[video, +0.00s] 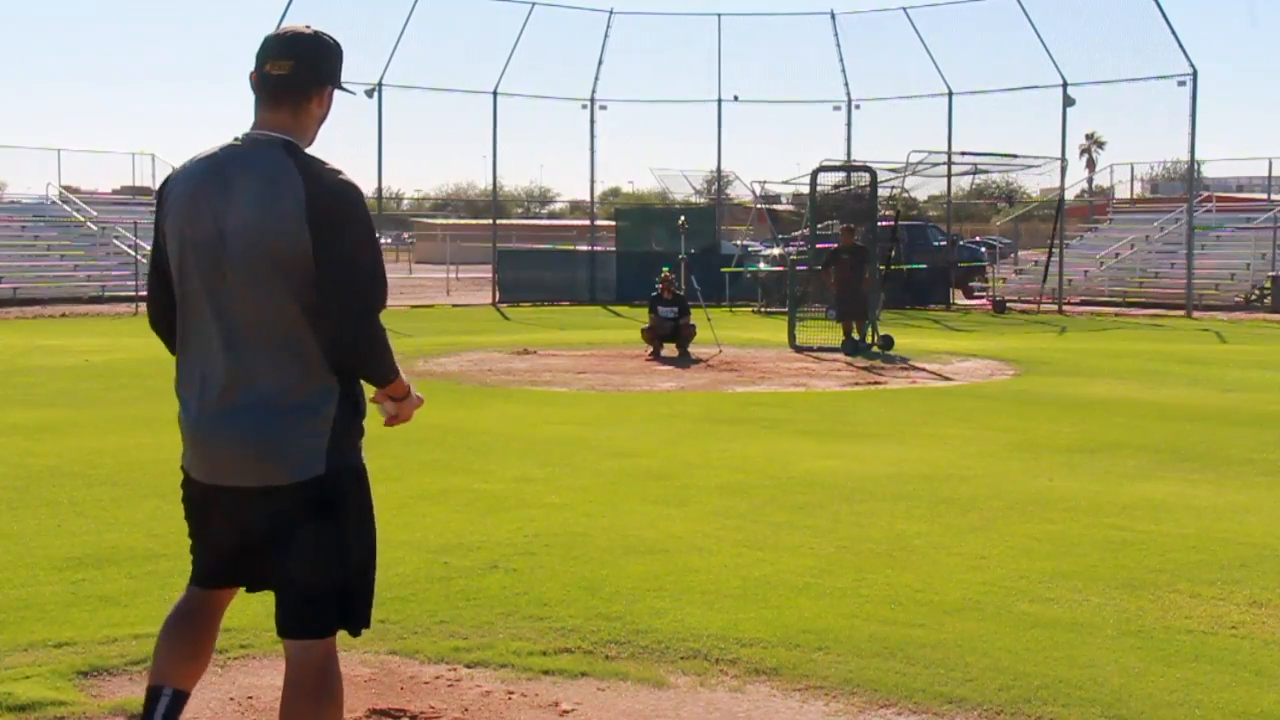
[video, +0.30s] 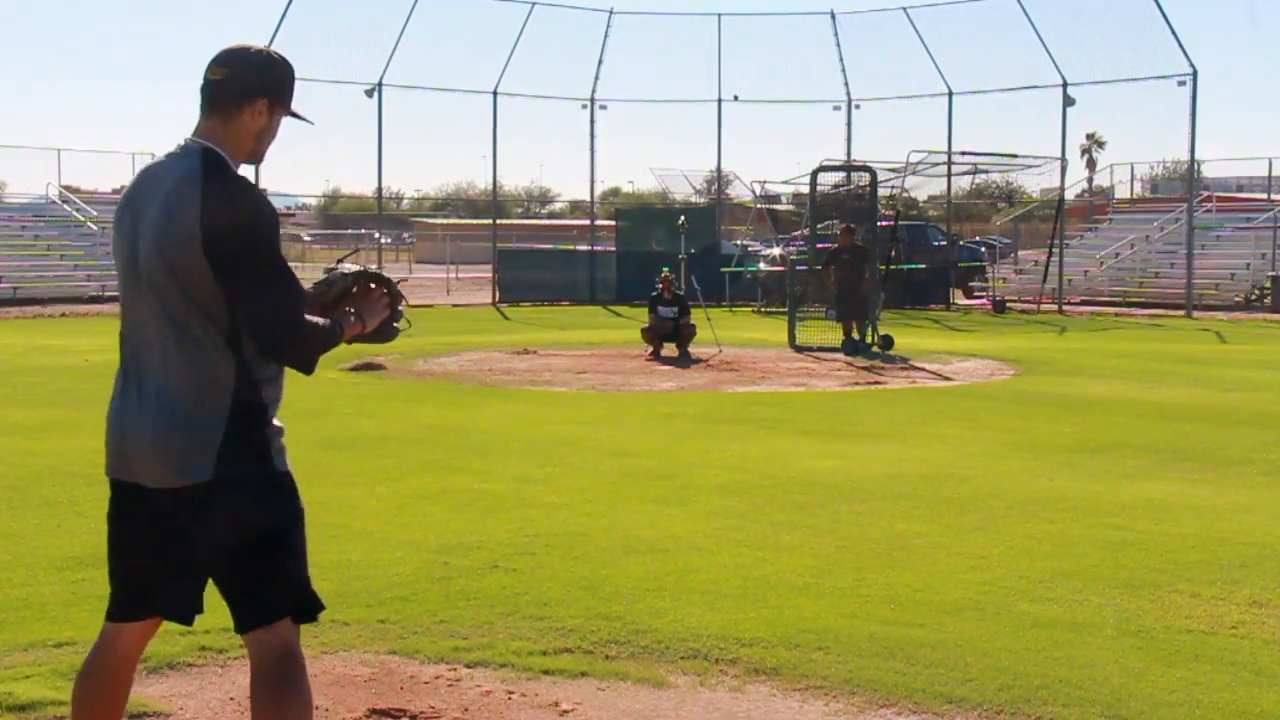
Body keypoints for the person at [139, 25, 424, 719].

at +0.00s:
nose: (329, 109)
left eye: (330, 98)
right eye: (331, 97)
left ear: (255, 90)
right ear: (321, 98)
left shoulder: (181, 186)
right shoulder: (329, 194)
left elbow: (165, 314)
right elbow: (352, 322)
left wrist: (226, 362)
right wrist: (391, 381)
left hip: (209, 446)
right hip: (307, 450)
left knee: (208, 588)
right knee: (312, 640)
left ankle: (156, 714)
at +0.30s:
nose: (273, 137)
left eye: (279, 124)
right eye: (278, 121)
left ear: (207, 104)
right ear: (259, 111)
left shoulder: (142, 190)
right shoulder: (235, 202)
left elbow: (197, 313)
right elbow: (288, 339)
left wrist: (309, 301)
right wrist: (348, 327)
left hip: (139, 451)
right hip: (229, 454)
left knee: (125, 627)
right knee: (274, 641)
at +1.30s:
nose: (258, 150)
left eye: (264, 139)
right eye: (256, 133)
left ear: (220, 117)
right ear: (215, 108)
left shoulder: (229, 200)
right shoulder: (141, 185)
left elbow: (279, 311)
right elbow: (189, 294)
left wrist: (317, 262)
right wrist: (288, 261)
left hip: (207, 445)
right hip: (156, 448)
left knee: (200, 610)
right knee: (227, 618)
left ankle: (138, 716)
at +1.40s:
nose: (265, 144)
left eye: (271, 131)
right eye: (262, 126)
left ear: (228, 113)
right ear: (216, 103)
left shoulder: (248, 199)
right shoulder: (135, 183)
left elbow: (299, 305)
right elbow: (171, 281)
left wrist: (318, 253)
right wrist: (282, 237)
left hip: (233, 437)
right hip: (160, 447)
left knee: (291, 581)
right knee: (219, 619)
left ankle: (185, 710)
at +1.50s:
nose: (267, 144)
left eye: (272, 131)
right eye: (263, 126)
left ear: (228, 112)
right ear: (219, 103)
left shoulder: (251, 189)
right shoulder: (131, 179)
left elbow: (316, 299)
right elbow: (141, 265)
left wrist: (312, 236)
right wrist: (257, 216)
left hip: (250, 427)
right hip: (167, 442)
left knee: (328, 567)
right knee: (209, 622)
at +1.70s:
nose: (273, 145)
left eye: (283, 134)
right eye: (264, 128)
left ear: (291, 136)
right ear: (228, 112)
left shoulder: (278, 193)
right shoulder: (144, 169)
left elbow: (349, 286)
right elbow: (105, 232)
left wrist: (303, 199)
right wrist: (221, 173)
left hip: (263, 399)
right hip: (176, 433)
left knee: (342, 497)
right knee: (208, 618)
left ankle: (425, 667)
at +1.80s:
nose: (268, 141)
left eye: (284, 134)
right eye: (261, 122)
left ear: (296, 141)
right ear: (230, 108)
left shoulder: (288, 194)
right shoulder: (160, 172)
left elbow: (365, 274)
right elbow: (110, 219)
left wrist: (309, 183)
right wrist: (221, 158)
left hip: (266, 384)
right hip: (183, 420)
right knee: (217, 610)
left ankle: (419, 581)